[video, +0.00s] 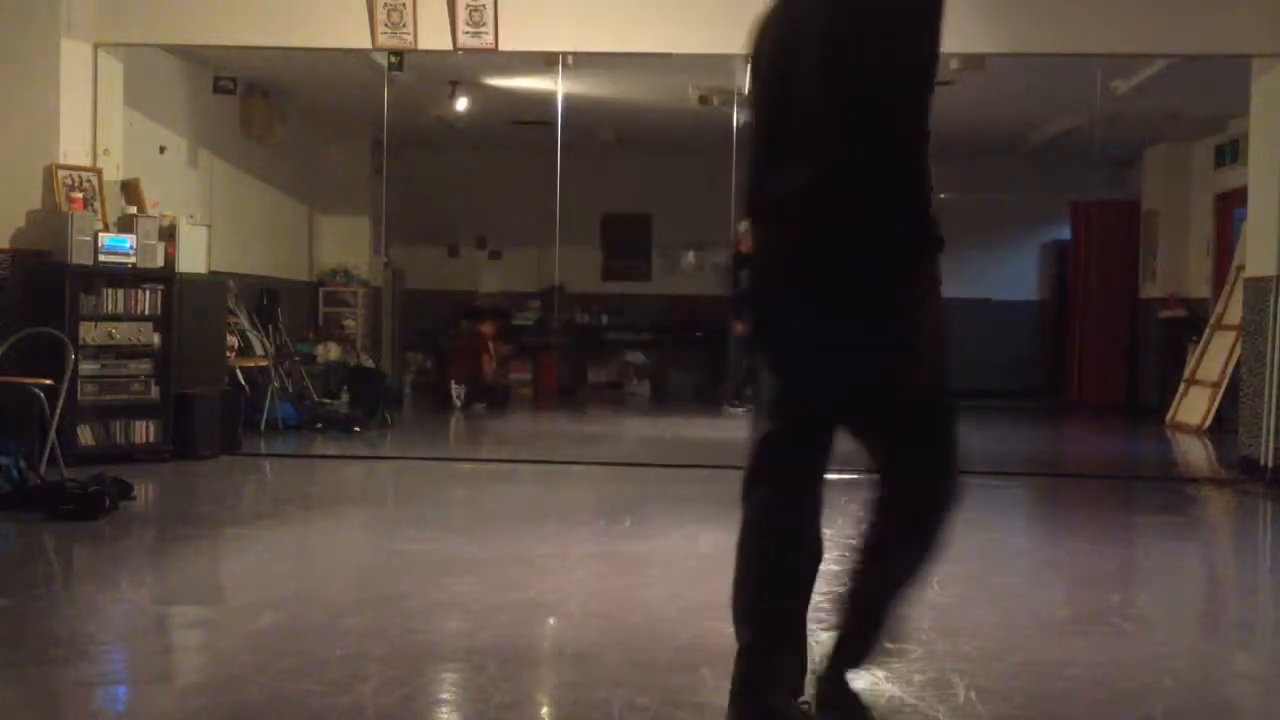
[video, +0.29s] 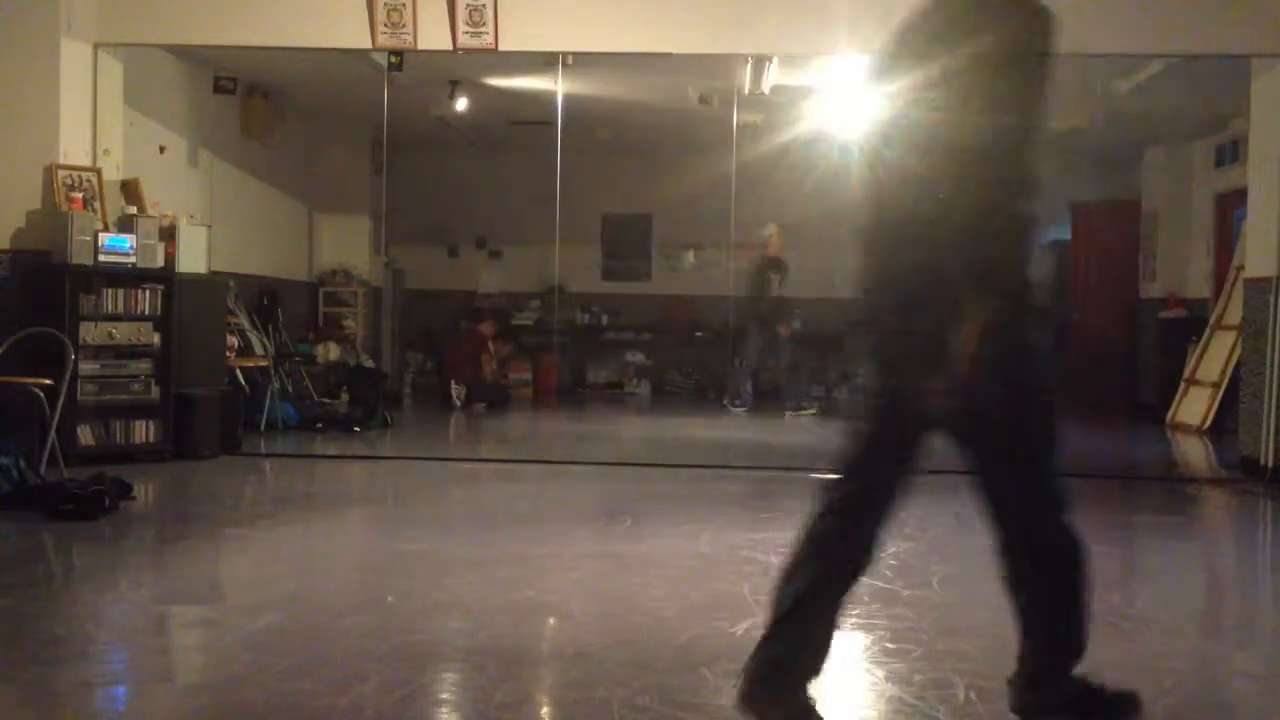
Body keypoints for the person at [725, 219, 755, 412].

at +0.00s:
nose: (747, 243)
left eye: (749, 237)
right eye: (744, 238)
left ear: (754, 238)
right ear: (739, 239)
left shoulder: (754, 260)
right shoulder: (740, 260)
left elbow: (748, 291)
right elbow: (739, 291)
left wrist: (747, 316)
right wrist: (739, 316)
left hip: (753, 315)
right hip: (741, 316)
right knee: (739, 360)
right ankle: (733, 397)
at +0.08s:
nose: (758, 239)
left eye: (760, 234)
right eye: (754, 234)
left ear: (765, 236)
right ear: (747, 236)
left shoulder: (766, 260)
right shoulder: (741, 259)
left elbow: (767, 291)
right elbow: (740, 291)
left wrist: (765, 316)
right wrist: (748, 317)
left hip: (761, 316)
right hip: (742, 316)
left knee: (759, 359)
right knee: (740, 358)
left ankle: (760, 397)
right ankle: (736, 397)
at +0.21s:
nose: (773, 241)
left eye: (774, 236)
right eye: (769, 237)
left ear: (775, 239)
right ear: (760, 239)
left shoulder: (772, 262)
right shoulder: (755, 262)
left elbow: (767, 292)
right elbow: (763, 294)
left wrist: (774, 316)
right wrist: (770, 319)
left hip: (760, 314)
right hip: (749, 315)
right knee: (745, 355)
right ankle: (736, 397)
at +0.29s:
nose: (779, 242)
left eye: (778, 238)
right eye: (775, 238)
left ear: (773, 241)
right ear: (769, 241)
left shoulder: (759, 263)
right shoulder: (775, 265)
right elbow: (775, 296)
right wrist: (780, 320)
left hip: (758, 316)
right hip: (769, 317)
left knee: (750, 359)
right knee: (784, 361)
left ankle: (742, 398)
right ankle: (792, 402)